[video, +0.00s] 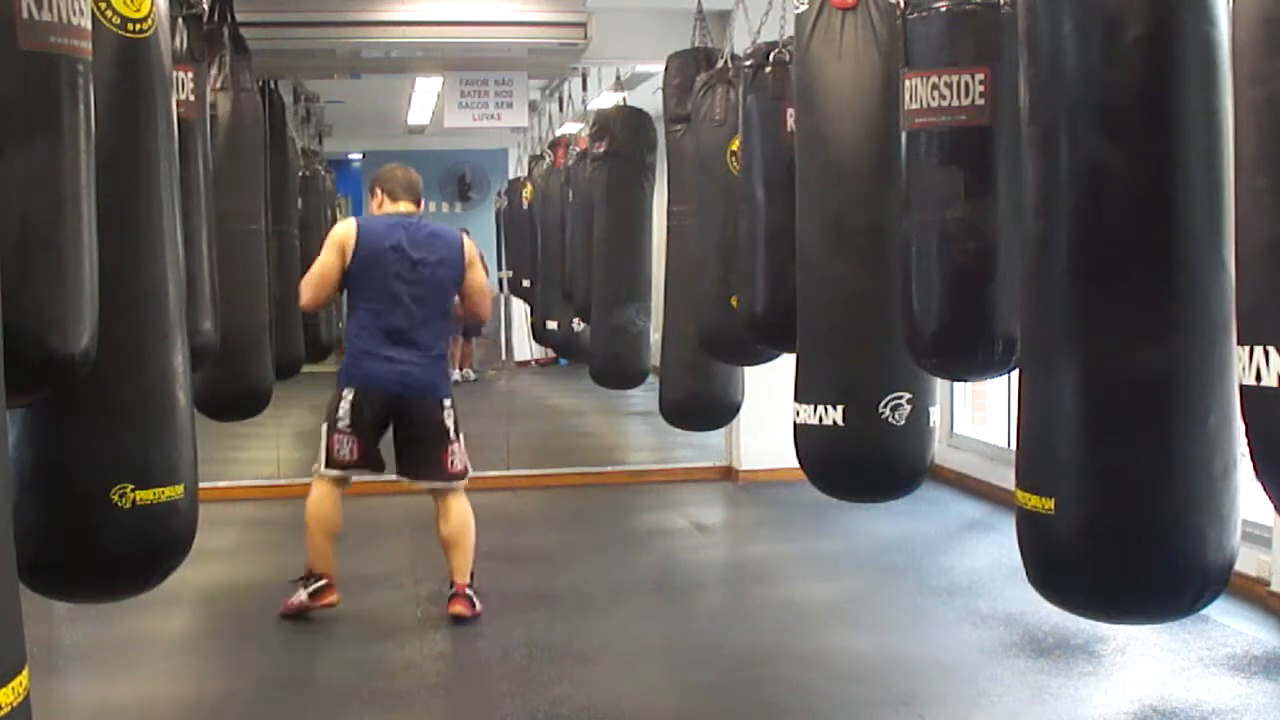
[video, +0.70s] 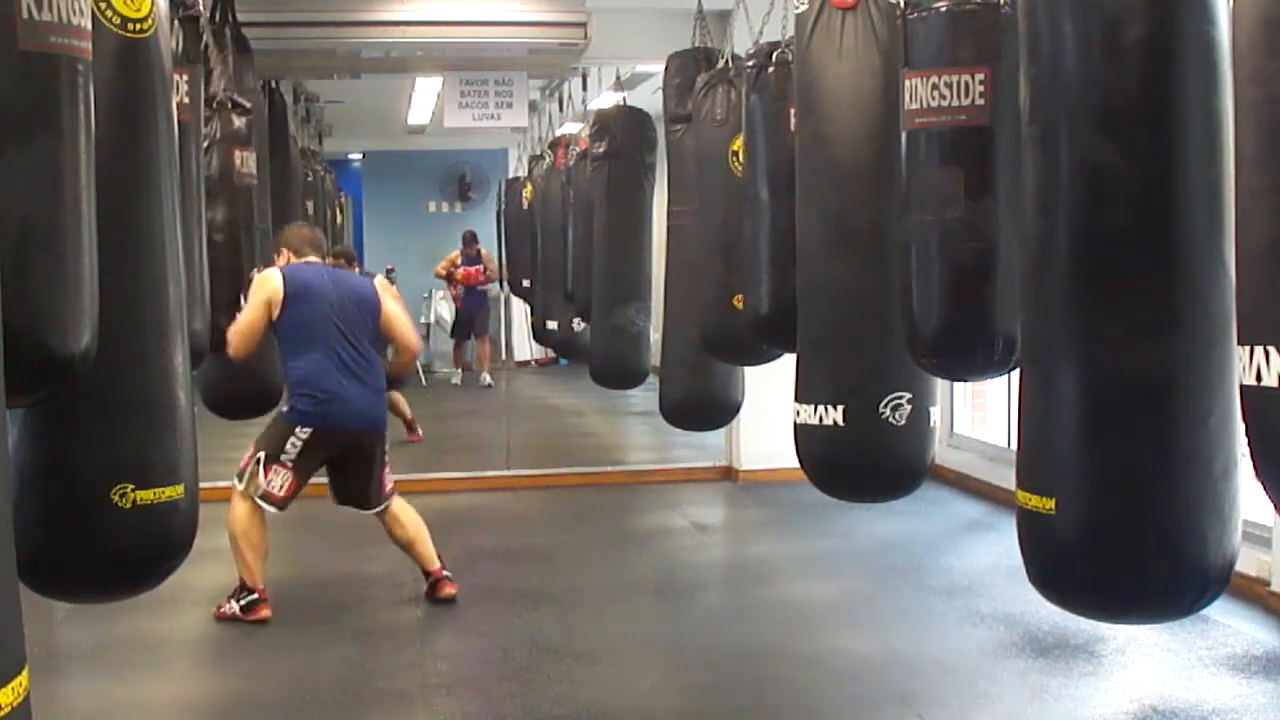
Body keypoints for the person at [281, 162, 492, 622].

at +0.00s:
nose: (369, 206)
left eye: (370, 200)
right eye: (372, 202)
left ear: (378, 199)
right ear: (421, 203)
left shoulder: (350, 232)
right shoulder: (459, 243)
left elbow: (309, 298)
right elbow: (480, 312)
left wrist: (345, 269)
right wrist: (439, 301)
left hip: (363, 382)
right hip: (428, 387)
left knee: (329, 479)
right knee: (450, 490)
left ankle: (319, 580)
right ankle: (462, 589)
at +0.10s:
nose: (367, 225)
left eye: (369, 219)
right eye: (370, 221)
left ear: (378, 218)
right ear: (421, 225)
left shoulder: (345, 250)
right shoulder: (451, 262)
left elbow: (299, 312)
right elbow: (470, 324)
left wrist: (334, 284)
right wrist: (433, 295)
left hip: (352, 398)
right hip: (417, 402)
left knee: (308, 484)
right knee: (447, 500)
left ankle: (303, 581)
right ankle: (461, 594)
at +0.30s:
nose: (331, 248)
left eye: (334, 242)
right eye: (336, 244)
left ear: (338, 241)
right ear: (378, 246)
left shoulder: (308, 264)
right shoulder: (412, 279)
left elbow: (271, 330)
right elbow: (432, 351)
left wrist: (309, 324)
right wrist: (403, 343)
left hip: (319, 406)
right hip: (382, 411)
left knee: (270, 500)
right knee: (427, 504)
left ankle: (251, 598)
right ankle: (457, 588)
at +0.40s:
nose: (293, 246)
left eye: (294, 239)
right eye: (294, 240)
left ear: (304, 232)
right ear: (334, 235)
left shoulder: (305, 252)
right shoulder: (375, 284)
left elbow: (249, 296)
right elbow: (398, 350)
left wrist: (248, 273)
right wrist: (363, 379)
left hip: (313, 401)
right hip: (369, 406)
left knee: (257, 494)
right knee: (383, 500)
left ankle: (248, 599)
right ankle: (453, 570)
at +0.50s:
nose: (279, 240)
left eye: (280, 233)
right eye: (279, 235)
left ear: (292, 229)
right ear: (323, 229)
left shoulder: (305, 248)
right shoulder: (345, 269)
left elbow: (245, 293)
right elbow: (325, 344)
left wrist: (245, 256)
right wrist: (273, 344)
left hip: (316, 396)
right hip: (364, 397)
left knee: (255, 489)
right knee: (365, 496)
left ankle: (250, 596)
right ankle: (447, 553)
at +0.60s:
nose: (272, 252)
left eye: (274, 246)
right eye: (273, 247)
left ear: (286, 243)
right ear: (319, 246)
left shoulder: (283, 262)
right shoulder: (352, 284)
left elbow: (235, 323)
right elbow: (362, 355)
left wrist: (258, 280)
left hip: (311, 399)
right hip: (363, 402)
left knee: (246, 492)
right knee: (376, 497)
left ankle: (251, 593)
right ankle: (431, 572)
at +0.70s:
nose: (273, 264)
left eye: (274, 259)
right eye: (273, 259)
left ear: (285, 256)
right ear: (324, 254)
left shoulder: (274, 280)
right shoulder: (370, 285)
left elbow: (238, 346)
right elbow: (410, 345)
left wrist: (253, 298)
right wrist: (386, 374)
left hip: (311, 412)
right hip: (367, 415)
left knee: (246, 495)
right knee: (386, 500)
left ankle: (251, 593)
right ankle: (438, 575)